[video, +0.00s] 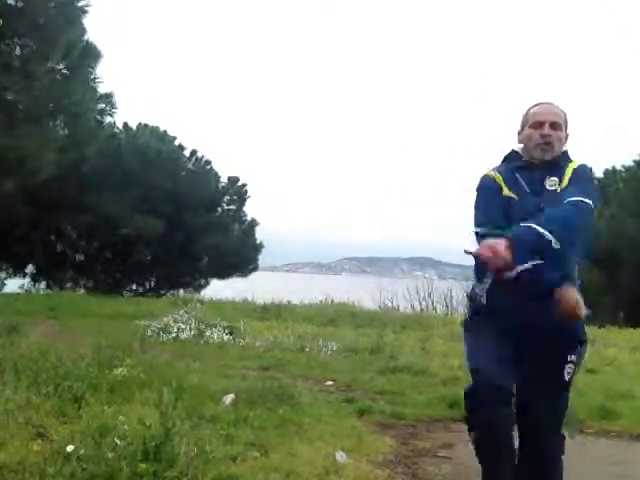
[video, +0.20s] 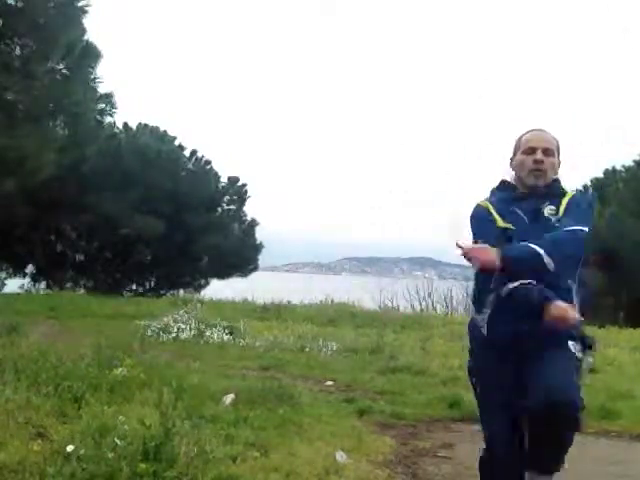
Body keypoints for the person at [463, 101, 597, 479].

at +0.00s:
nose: (546, 133)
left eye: (555, 127)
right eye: (537, 126)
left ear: (566, 137)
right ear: (521, 135)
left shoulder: (578, 176)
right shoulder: (495, 180)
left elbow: (572, 219)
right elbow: (495, 251)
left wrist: (513, 246)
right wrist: (553, 284)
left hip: (554, 315)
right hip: (495, 313)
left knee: (542, 424)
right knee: (488, 401)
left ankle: (538, 474)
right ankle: (499, 474)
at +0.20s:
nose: (538, 158)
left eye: (547, 153)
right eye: (529, 152)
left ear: (559, 163)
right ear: (513, 162)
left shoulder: (575, 202)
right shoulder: (488, 209)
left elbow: (568, 247)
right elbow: (497, 277)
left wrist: (502, 257)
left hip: (554, 331)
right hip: (496, 333)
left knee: (558, 404)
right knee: (502, 444)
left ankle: (540, 470)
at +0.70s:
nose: (542, 134)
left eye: (552, 127)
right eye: (533, 126)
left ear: (564, 136)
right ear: (519, 134)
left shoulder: (577, 169)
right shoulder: (496, 174)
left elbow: (563, 206)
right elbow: (520, 241)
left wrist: (469, 225)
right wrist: (590, 242)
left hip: (555, 319)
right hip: (495, 317)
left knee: (544, 425)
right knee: (496, 412)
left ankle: (536, 474)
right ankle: (499, 474)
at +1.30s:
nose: (553, 129)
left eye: (562, 124)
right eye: (544, 123)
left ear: (574, 135)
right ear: (527, 132)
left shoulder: (585, 173)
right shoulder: (500, 179)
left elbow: (571, 212)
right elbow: (503, 257)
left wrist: (507, 236)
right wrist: (566, 286)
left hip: (560, 320)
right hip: (499, 318)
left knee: (547, 438)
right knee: (485, 401)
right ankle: (498, 473)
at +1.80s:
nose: (554, 147)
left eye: (563, 141)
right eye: (545, 140)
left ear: (573, 154)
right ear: (527, 151)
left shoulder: (594, 205)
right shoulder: (492, 201)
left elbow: (631, 260)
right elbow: (450, 254)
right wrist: (400, 271)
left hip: (568, 344)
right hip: (500, 342)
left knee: (553, 452)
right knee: (493, 425)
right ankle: (534, 470)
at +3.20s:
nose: (561, 157)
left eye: (569, 151)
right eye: (552, 151)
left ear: (581, 163)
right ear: (535, 162)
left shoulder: (605, 216)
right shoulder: (501, 213)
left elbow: (632, 274)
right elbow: (468, 266)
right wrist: (425, 284)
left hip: (577, 358)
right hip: (510, 354)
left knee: (563, 453)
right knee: (505, 432)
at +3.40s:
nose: (554, 127)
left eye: (563, 121)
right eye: (546, 121)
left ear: (577, 131)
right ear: (532, 132)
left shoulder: (602, 183)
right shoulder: (503, 184)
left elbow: (631, 245)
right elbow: (467, 240)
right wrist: (423, 274)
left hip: (577, 328)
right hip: (514, 327)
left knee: (566, 433)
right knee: (519, 428)